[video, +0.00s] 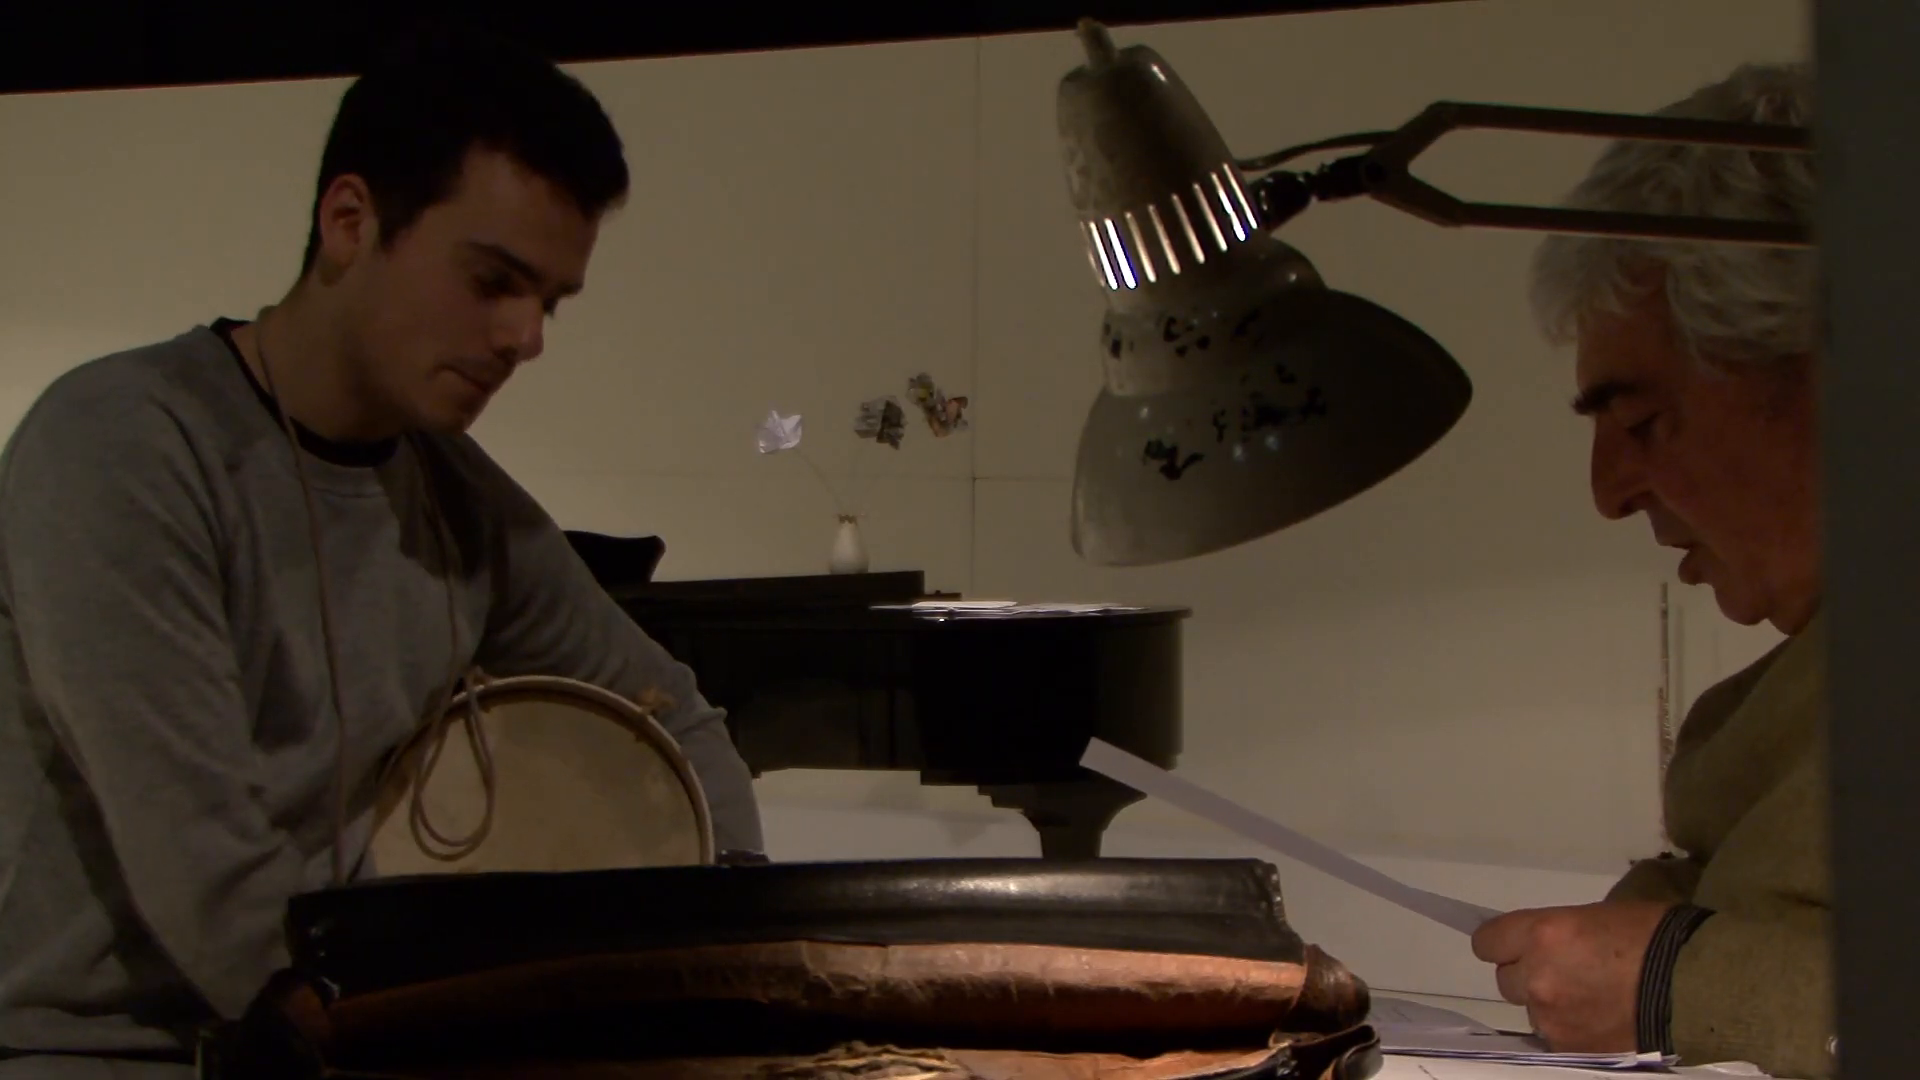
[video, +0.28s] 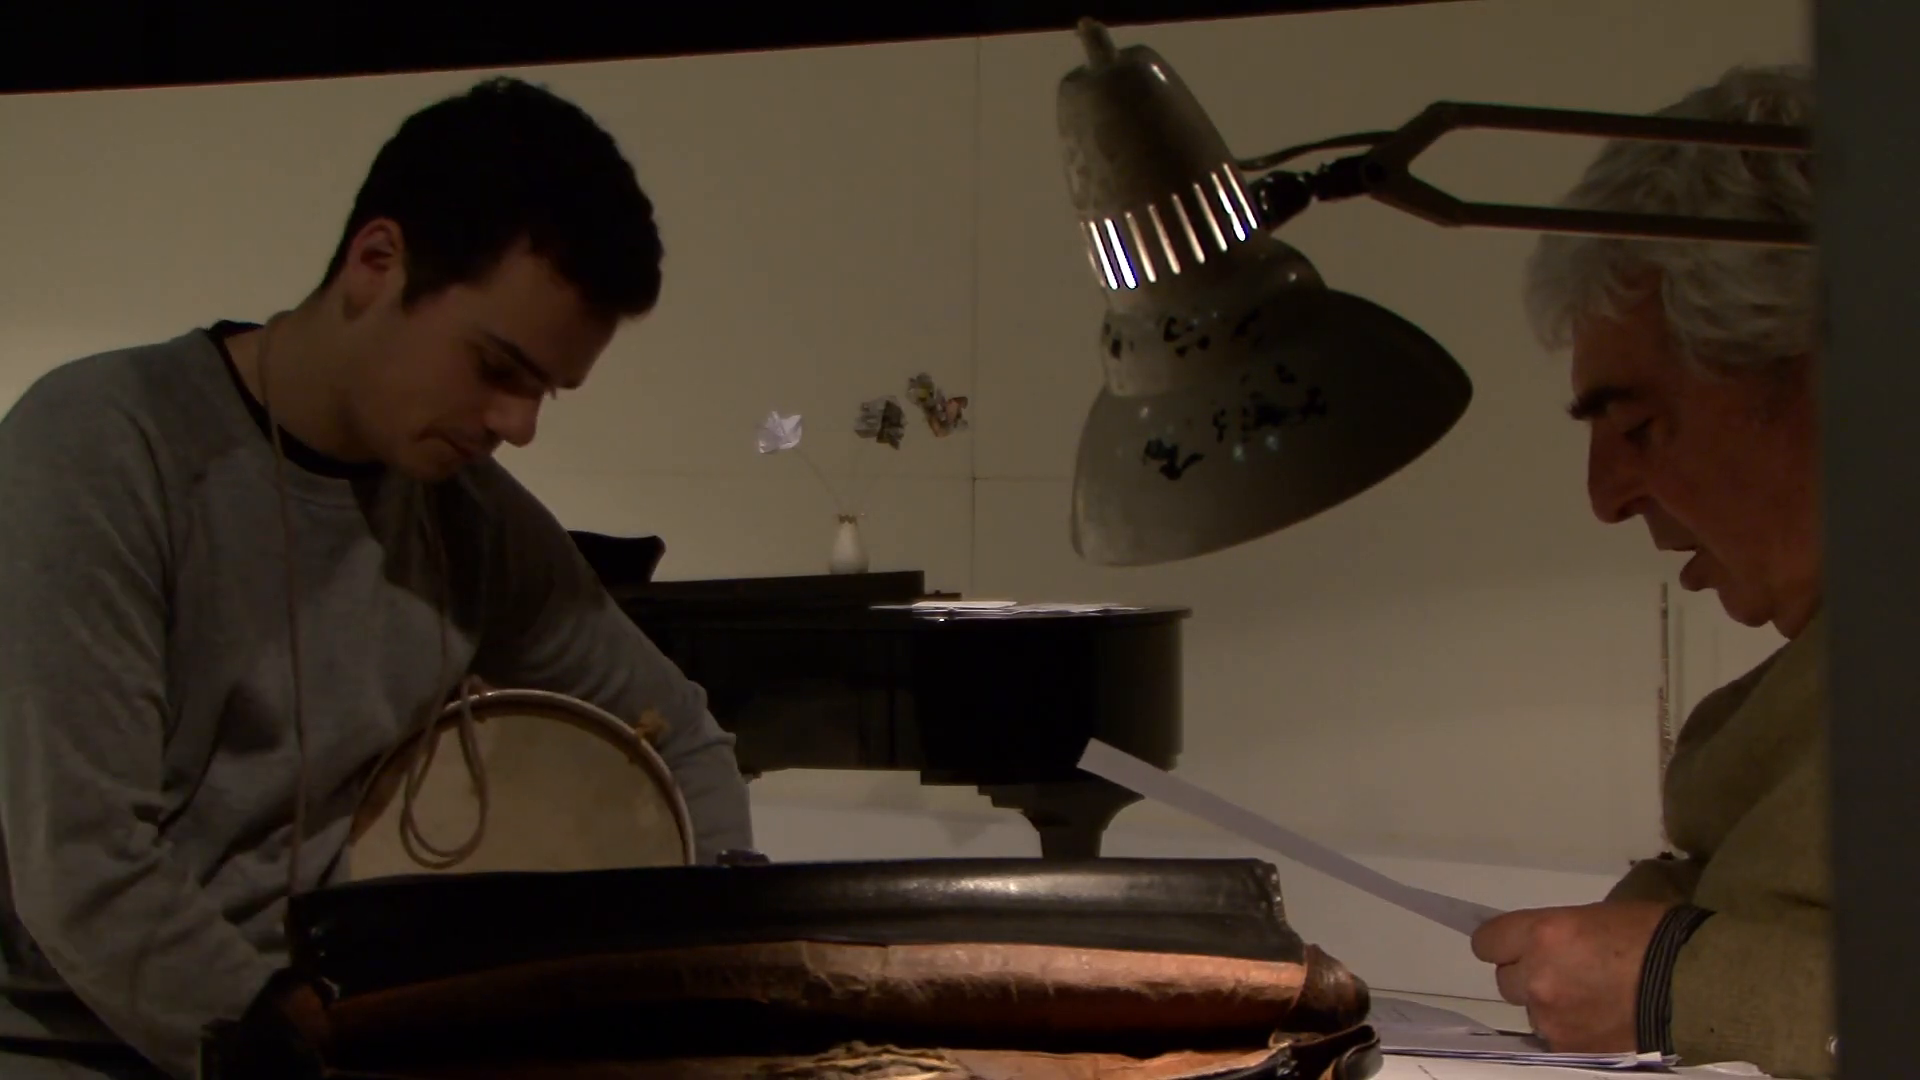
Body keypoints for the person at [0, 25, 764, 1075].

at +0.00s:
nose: (523, 338)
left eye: (549, 301)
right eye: (493, 279)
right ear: (349, 224)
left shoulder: (459, 494)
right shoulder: (110, 445)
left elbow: (669, 719)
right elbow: (222, 898)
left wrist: (724, 947)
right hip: (89, 1045)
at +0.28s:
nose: (517, 427)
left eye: (542, 394)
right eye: (499, 369)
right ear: (374, 265)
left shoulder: (478, 519)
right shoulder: (90, 444)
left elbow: (677, 735)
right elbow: (80, 872)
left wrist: (715, 953)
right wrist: (317, 1041)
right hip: (56, 1036)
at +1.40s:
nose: (148, 447)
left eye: (188, 404)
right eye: (107, 395)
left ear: (215, 357)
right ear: (8, 316)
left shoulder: (196, 473)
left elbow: (365, 623)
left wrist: (574, 750)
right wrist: (19, 984)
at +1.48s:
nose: (186, 438)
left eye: (221, 397)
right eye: (147, 386)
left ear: (250, 348)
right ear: (15, 279)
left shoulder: (228, 467)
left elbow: (394, 641)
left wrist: (608, 760)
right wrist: (72, 996)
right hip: (22, 1036)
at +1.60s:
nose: (297, 427)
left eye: (326, 386)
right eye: (260, 375)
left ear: (359, 345)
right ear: (119, 264)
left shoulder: (312, 468)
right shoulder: (19, 479)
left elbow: (456, 670)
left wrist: (669, 788)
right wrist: (190, 958)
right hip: (49, 1049)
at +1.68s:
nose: (381, 432)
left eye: (407, 388)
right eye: (345, 379)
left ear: (440, 342)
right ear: (204, 272)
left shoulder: (383, 477)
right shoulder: (21, 467)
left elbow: (512, 695)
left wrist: (716, 822)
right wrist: (212, 946)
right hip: (78, 1051)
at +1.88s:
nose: (540, 478)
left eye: (565, 437)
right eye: (510, 424)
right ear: (376, 307)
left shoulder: (514, 516)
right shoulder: (65, 472)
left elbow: (586, 820)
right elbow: (4, 854)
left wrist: (744, 948)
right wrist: (227, 888)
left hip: (364, 1050)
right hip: (72, 1055)